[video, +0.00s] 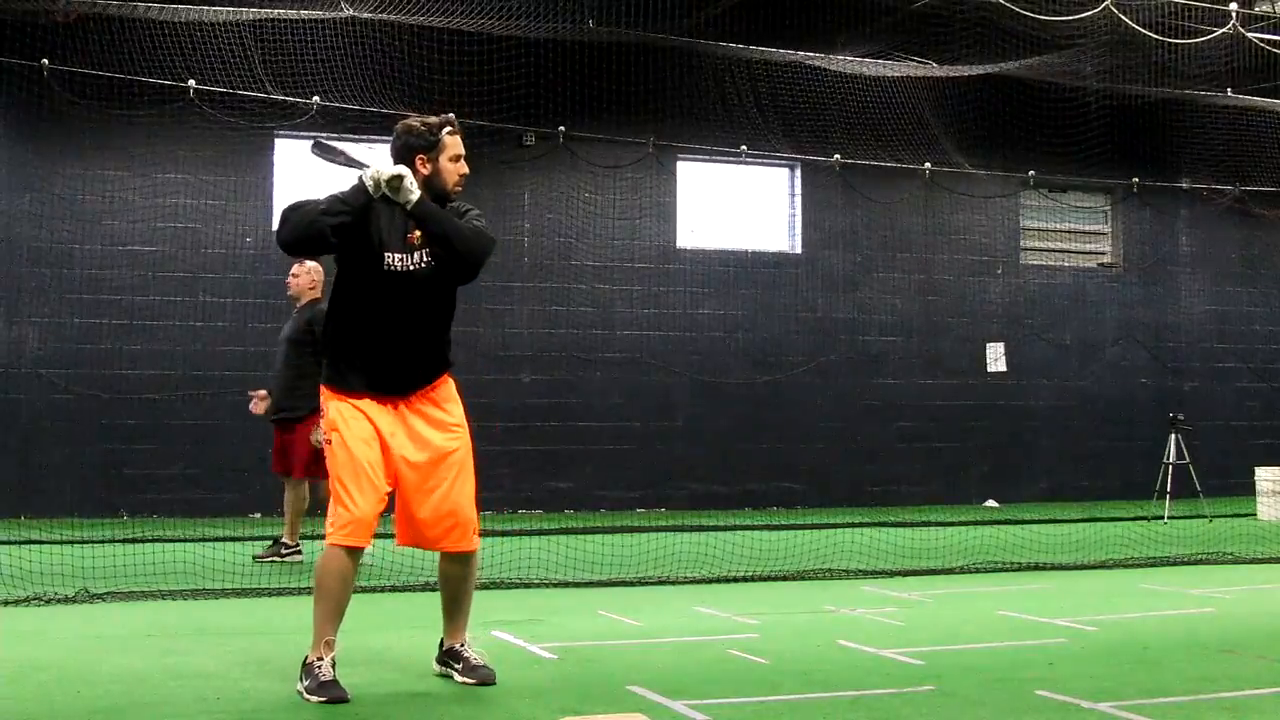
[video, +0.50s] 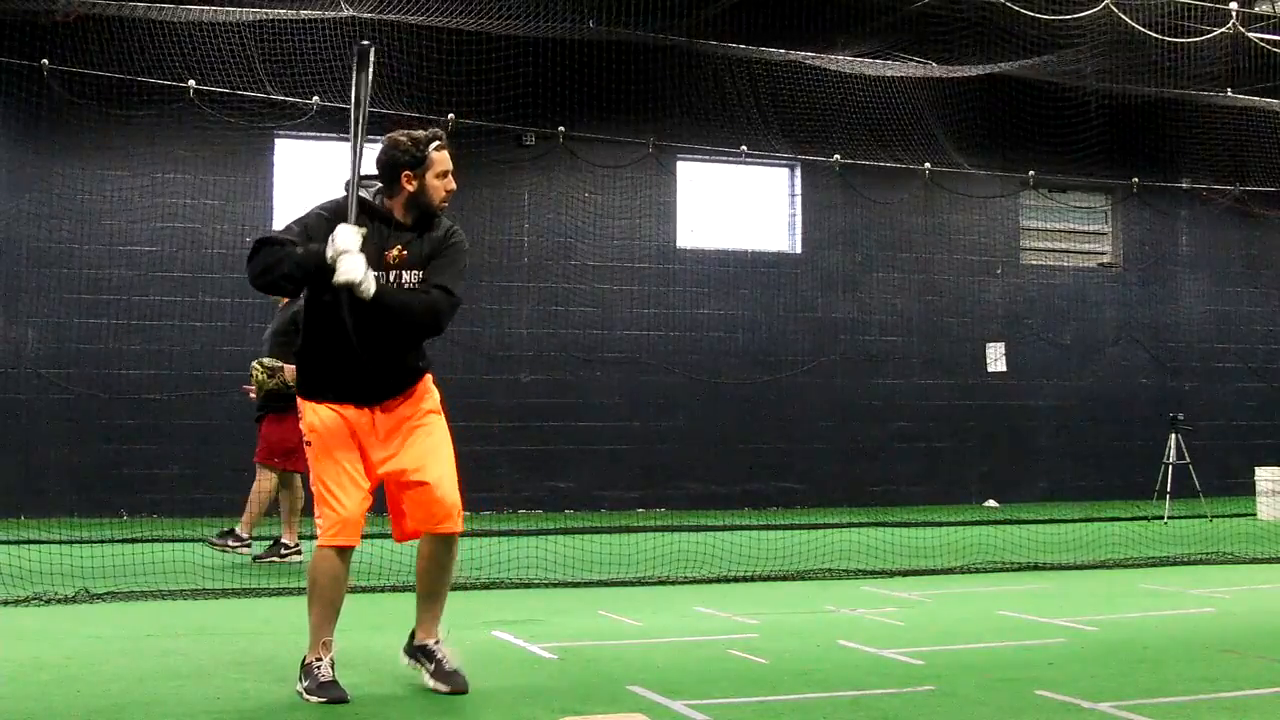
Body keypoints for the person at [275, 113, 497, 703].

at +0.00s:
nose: (464, 167)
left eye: (463, 157)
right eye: (455, 158)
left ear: (434, 163)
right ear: (421, 163)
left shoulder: (457, 219)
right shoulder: (360, 210)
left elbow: (474, 252)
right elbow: (291, 235)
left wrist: (416, 200)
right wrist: (362, 192)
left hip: (430, 395)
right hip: (354, 397)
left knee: (459, 527)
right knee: (353, 523)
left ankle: (454, 646)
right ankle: (320, 657)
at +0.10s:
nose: (463, 170)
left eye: (463, 161)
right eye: (455, 161)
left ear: (434, 166)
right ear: (421, 165)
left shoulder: (456, 221)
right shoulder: (360, 214)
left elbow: (473, 263)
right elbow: (290, 239)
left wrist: (416, 209)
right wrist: (362, 197)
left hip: (428, 397)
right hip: (352, 399)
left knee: (458, 529)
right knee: (354, 525)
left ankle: (454, 646)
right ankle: (320, 658)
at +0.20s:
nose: (460, 174)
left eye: (460, 164)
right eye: (452, 165)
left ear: (430, 169)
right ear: (417, 168)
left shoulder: (449, 223)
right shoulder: (355, 215)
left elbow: (468, 273)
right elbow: (284, 243)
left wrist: (412, 222)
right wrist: (357, 205)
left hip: (422, 398)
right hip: (345, 401)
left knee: (454, 529)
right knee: (353, 523)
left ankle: (453, 645)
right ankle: (320, 658)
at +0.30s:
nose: (455, 177)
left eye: (455, 167)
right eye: (446, 168)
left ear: (423, 171)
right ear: (412, 171)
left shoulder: (446, 226)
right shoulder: (348, 212)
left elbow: (458, 283)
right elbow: (276, 249)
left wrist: (400, 238)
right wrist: (350, 220)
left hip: (412, 396)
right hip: (337, 399)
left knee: (449, 523)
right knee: (348, 525)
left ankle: (451, 638)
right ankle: (318, 659)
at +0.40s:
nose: (450, 181)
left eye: (451, 171)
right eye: (442, 172)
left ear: (416, 175)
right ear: (407, 176)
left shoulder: (443, 232)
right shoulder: (343, 214)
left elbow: (445, 300)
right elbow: (266, 257)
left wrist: (386, 259)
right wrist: (339, 236)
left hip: (409, 400)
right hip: (332, 404)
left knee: (451, 516)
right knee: (342, 525)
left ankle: (438, 629)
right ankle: (318, 658)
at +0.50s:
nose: (452, 184)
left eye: (452, 174)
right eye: (443, 175)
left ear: (418, 178)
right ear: (407, 179)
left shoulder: (444, 237)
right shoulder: (343, 217)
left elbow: (436, 310)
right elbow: (261, 266)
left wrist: (375, 287)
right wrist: (324, 257)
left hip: (409, 400)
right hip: (333, 404)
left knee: (444, 517)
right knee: (341, 530)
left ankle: (426, 641)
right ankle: (319, 659)